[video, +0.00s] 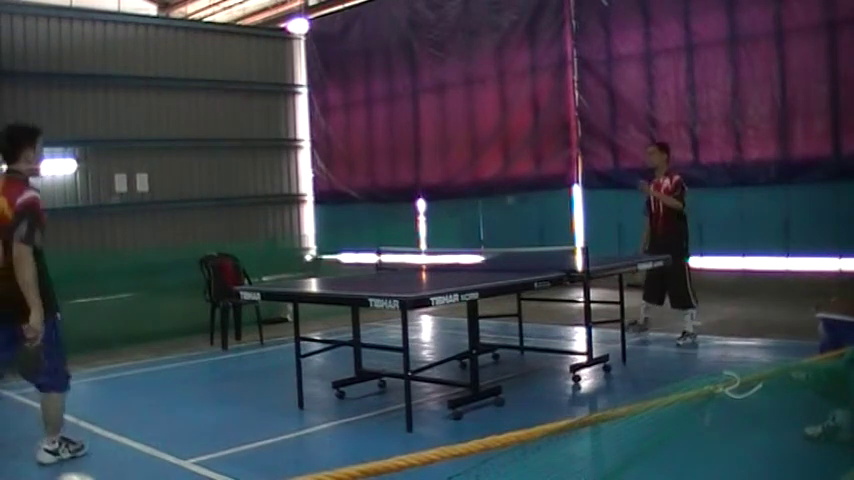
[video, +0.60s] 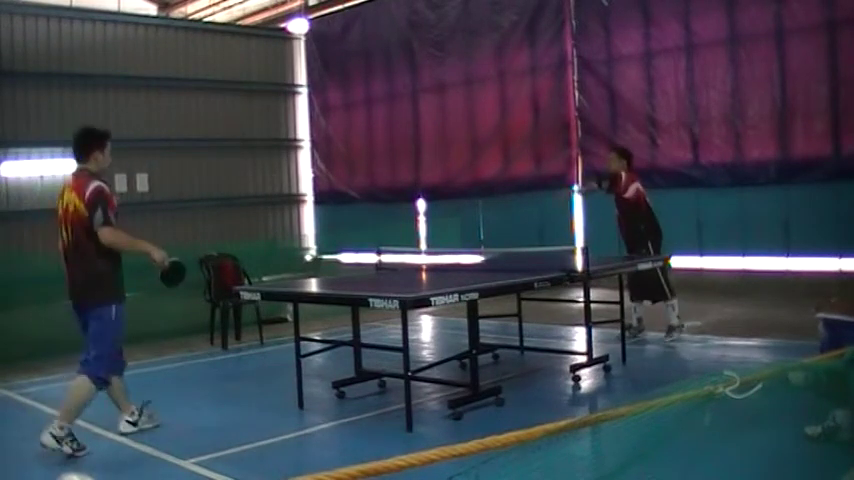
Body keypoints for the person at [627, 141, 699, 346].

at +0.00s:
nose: (649, 158)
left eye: (653, 154)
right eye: (649, 154)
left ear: (664, 157)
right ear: (652, 158)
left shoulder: (676, 181)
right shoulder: (653, 185)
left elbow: (679, 204)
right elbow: (651, 217)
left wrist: (653, 193)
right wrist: (645, 242)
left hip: (676, 243)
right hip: (657, 242)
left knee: (681, 285)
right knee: (652, 281)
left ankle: (689, 329)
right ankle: (643, 320)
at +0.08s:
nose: (642, 160)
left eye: (645, 156)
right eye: (641, 157)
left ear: (656, 159)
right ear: (645, 160)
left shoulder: (667, 182)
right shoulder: (647, 185)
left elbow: (670, 202)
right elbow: (648, 218)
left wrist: (649, 192)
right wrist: (645, 240)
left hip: (670, 243)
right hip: (652, 242)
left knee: (678, 285)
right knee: (646, 282)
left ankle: (689, 327)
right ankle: (640, 321)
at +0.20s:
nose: (629, 163)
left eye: (633, 159)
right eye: (630, 159)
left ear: (643, 161)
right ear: (639, 162)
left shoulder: (653, 181)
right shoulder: (641, 184)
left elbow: (644, 198)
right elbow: (644, 222)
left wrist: (630, 181)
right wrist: (641, 245)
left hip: (660, 244)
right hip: (644, 245)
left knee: (671, 286)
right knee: (637, 284)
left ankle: (686, 327)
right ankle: (637, 323)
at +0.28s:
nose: (622, 164)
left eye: (625, 160)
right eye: (622, 160)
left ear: (636, 162)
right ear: (629, 163)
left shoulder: (644, 181)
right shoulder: (634, 183)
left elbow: (633, 198)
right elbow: (638, 223)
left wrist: (618, 177)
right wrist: (637, 245)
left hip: (656, 245)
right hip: (641, 245)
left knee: (666, 286)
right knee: (635, 285)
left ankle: (681, 326)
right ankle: (638, 322)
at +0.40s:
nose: (614, 163)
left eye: (618, 159)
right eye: (614, 160)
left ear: (629, 162)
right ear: (624, 163)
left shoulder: (637, 184)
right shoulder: (625, 183)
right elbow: (603, 184)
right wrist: (589, 168)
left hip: (652, 240)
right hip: (636, 240)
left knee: (661, 280)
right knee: (635, 280)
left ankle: (674, 323)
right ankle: (638, 321)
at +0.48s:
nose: (612, 163)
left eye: (615, 159)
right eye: (612, 159)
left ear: (626, 163)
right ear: (617, 163)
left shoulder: (633, 181)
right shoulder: (618, 181)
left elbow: (626, 189)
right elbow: (599, 182)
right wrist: (581, 175)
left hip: (651, 235)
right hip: (635, 236)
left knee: (659, 274)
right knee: (635, 275)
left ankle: (672, 322)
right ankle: (637, 321)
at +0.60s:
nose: (609, 163)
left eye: (613, 160)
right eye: (610, 160)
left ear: (623, 163)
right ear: (616, 164)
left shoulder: (633, 185)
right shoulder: (618, 182)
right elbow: (607, 184)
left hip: (649, 240)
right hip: (633, 241)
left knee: (660, 281)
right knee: (634, 282)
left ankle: (674, 322)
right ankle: (637, 322)